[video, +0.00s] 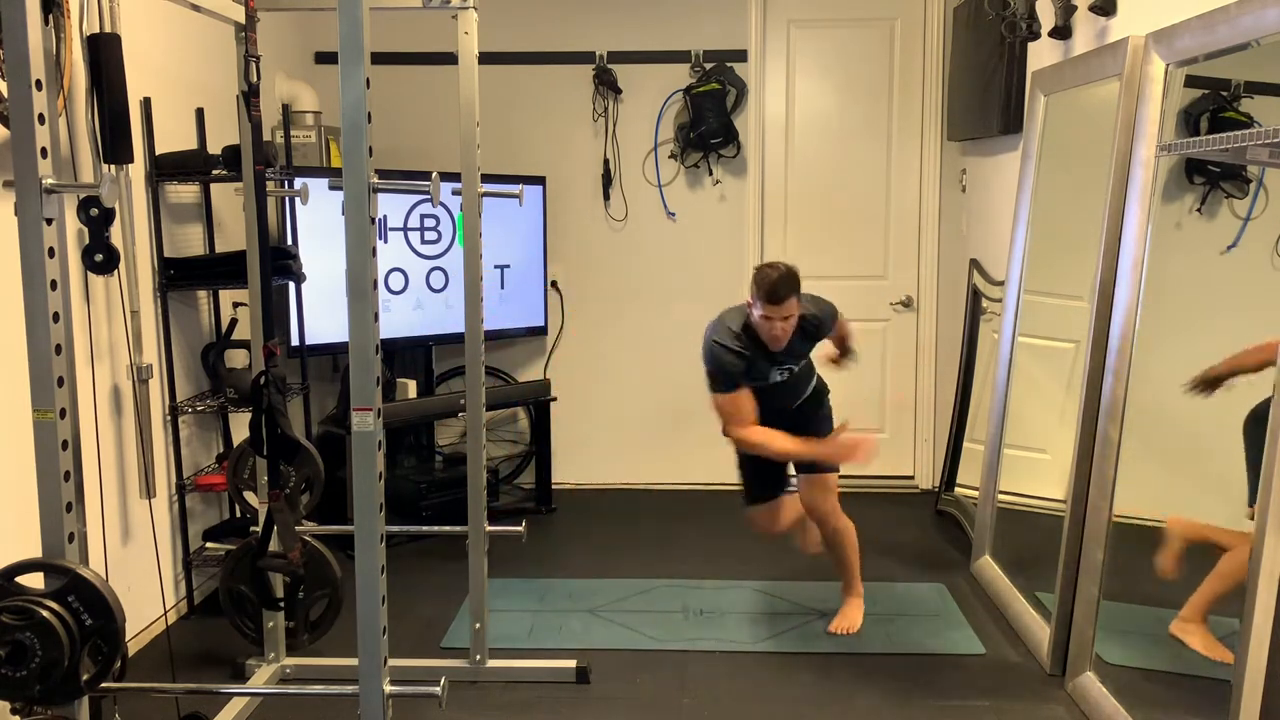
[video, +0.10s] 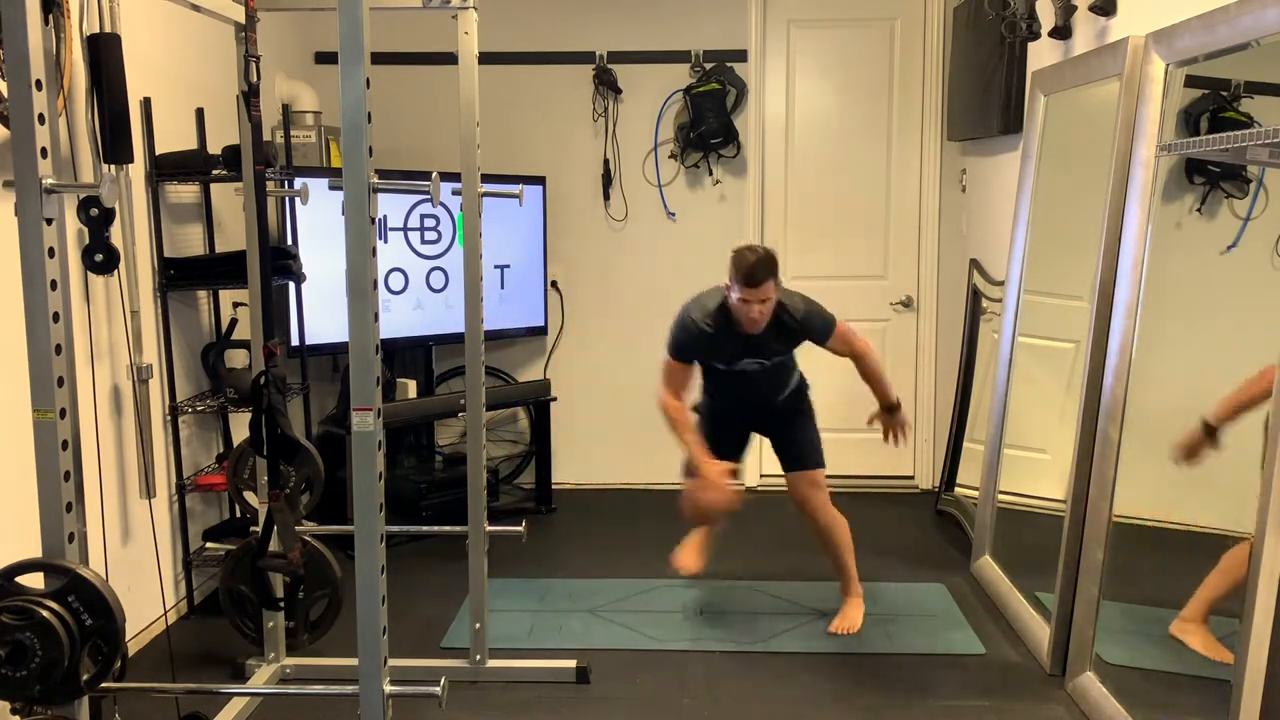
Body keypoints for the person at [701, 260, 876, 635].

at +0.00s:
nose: (779, 329)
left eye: (787, 318)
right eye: (769, 319)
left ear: (799, 306)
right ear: (751, 306)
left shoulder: (814, 316)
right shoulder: (724, 342)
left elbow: (839, 329)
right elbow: (740, 430)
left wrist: (843, 350)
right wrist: (820, 450)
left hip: (805, 406)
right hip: (756, 419)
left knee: (821, 507)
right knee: (768, 522)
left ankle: (853, 594)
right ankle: (807, 506)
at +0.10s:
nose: (755, 312)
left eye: (764, 302)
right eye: (745, 302)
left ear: (777, 290)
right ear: (729, 290)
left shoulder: (797, 313)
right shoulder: (696, 321)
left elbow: (858, 349)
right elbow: (670, 395)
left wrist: (889, 404)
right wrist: (703, 462)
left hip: (784, 403)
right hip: (723, 407)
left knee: (812, 499)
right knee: (701, 495)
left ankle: (852, 594)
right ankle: (703, 528)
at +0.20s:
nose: (726, 299)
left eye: (734, 288)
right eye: (716, 289)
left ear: (747, 275)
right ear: (698, 275)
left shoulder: (766, 298)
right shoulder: (665, 292)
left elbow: (834, 358)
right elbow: (615, 336)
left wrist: (843, 439)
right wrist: (600, 397)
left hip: (741, 384)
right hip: (677, 383)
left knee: (786, 479)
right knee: (641, 484)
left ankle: (839, 583)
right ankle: (604, 566)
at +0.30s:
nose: (687, 297)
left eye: (696, 287)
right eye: (678, 286)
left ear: (711, 275)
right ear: (664, 272)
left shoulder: (727, 297)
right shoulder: (634, 281)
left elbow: (774, 373)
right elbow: (572, 286)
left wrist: (727, 445)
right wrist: (537, 309)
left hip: (698, 385)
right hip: (636, 382)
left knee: (743, 479)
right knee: (603, 485)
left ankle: (768, 547)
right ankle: (550, 587)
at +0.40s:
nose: (654, 307)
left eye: (664, 299)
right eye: (646, 297)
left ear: (681, 287)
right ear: (635, 283)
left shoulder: (696, 317)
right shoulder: (612, 284)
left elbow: (688, 404)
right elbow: (559, 261)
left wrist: (607, 424)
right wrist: (514, 244)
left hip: (658, 399)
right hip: (604, 391)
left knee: (672, 501)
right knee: (578, 492)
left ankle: (632, 501)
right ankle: (546, 591)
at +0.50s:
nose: (635, 321)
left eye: (645, 312)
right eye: (627, 310)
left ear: (664, 302)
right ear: (616, 296)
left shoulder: (675, 338)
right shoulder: (601, 285)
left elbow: (615, 410)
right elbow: (560, 257)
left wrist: (540, 388)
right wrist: (514, 228)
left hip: (639, 409)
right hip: (590, 385)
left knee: (597, 495)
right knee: (577, 491)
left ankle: (531, 502)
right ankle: (546, 592)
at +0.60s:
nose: (625, 329)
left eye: (636, 320)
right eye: (617, 318)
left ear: (655, 308)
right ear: (607, 303)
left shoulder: (666, 348)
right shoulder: (597, 288)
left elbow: (586, 405)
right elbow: (557, 261)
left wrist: (528, 361)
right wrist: (510, 233)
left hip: (623, 420)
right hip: (580, 389)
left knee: (542, 472)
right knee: (572, 490)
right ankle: (545, 591)